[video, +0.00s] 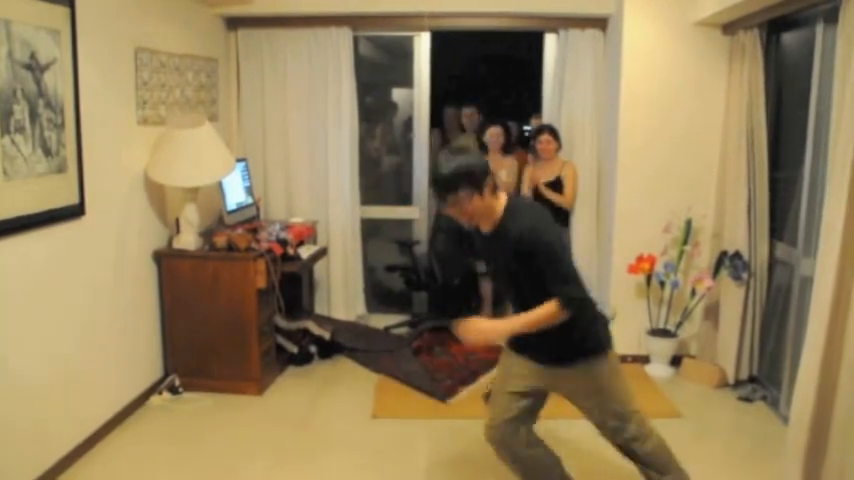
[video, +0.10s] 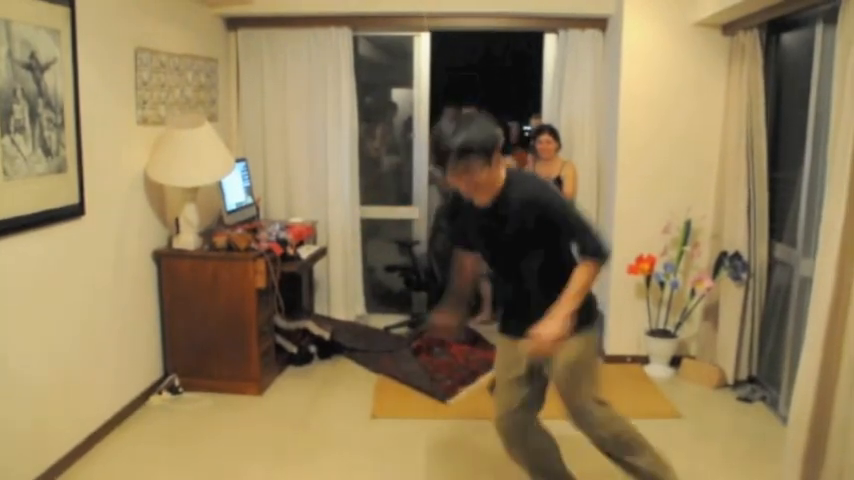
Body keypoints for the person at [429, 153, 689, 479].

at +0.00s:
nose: (455, 214)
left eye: (458, 204)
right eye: (450, 207)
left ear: (483, 191)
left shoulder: (531, 226)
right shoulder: (486, 228)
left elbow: (570, 301)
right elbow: (508, 287)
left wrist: (502, 328)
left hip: (581, 353)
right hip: (528, 350)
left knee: (628, 433)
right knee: (504, 432)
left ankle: (676, 476)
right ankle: (557, 477)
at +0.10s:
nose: (463, 186)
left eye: (470, 175)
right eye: (455, 177)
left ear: (495, 161)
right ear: (447, 174)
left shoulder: (535, 193)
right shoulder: (464, 205)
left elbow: (594, 252)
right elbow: (466, 259)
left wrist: (558, 315)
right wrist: (452, 308)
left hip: (571, 320)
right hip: (516, 326)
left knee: (585, 409)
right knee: (512, 420)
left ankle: (657, 473)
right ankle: (556, 476)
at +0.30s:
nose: (476, 157)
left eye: (485, 144)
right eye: (465, 146)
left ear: (503, 132)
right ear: (449, 140)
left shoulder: (538, 171)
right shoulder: (439, 190)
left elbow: (607, 207)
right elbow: (409, 266)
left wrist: (667, 244)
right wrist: (366, 323)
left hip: (530, 288)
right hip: (478, 299)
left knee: (476, 358)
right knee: (504, 394)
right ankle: (552, 467)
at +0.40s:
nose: (484, 155)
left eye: (492, 144)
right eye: (474, 144)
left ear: (502, 142)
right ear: (452, 141)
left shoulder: (517, 185)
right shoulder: (428, 196)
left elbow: (575, 221)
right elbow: (422, 282)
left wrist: (633, 252)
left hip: (498, 320)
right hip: (447, 324)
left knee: (452, 399)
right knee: (496, 412)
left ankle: (437, 475)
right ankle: (564, 472)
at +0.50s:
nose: (477, 153)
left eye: (486, 143)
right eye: (469, 141)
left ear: (496, 143)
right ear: (443, 138)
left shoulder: (493, 191)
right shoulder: (413, 190)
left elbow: (532, 243)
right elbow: (421, 273)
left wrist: (580, 276)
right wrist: (494, 308)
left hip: (470, 329)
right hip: (425, 329)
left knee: (440, 427)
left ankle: (440, 474)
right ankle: (518, 457)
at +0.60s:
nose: (466, 151)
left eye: (473, 141)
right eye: (458, 140)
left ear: (480, 141)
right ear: (430, 136)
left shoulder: (476, 190)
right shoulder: (395, 186)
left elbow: (492, 254)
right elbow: (403, 268)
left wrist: (525, 300)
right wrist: (487, 246)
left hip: (450, 331)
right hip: (396, 327)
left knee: (438, 436)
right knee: (373, 416)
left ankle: (436, 474)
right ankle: (425, 430)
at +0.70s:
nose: (447, 159)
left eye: (455, 148)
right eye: (439, 147)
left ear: (463, 146)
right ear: (412, 139)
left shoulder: (455, 186)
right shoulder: (371, 181)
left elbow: (456, 259)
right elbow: (359, 266)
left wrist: (463, 324)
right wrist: (428, 229)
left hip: (413, 315)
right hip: (352, 305)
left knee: (427, 410)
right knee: (334, 392)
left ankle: (430, 474)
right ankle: (319, 442)